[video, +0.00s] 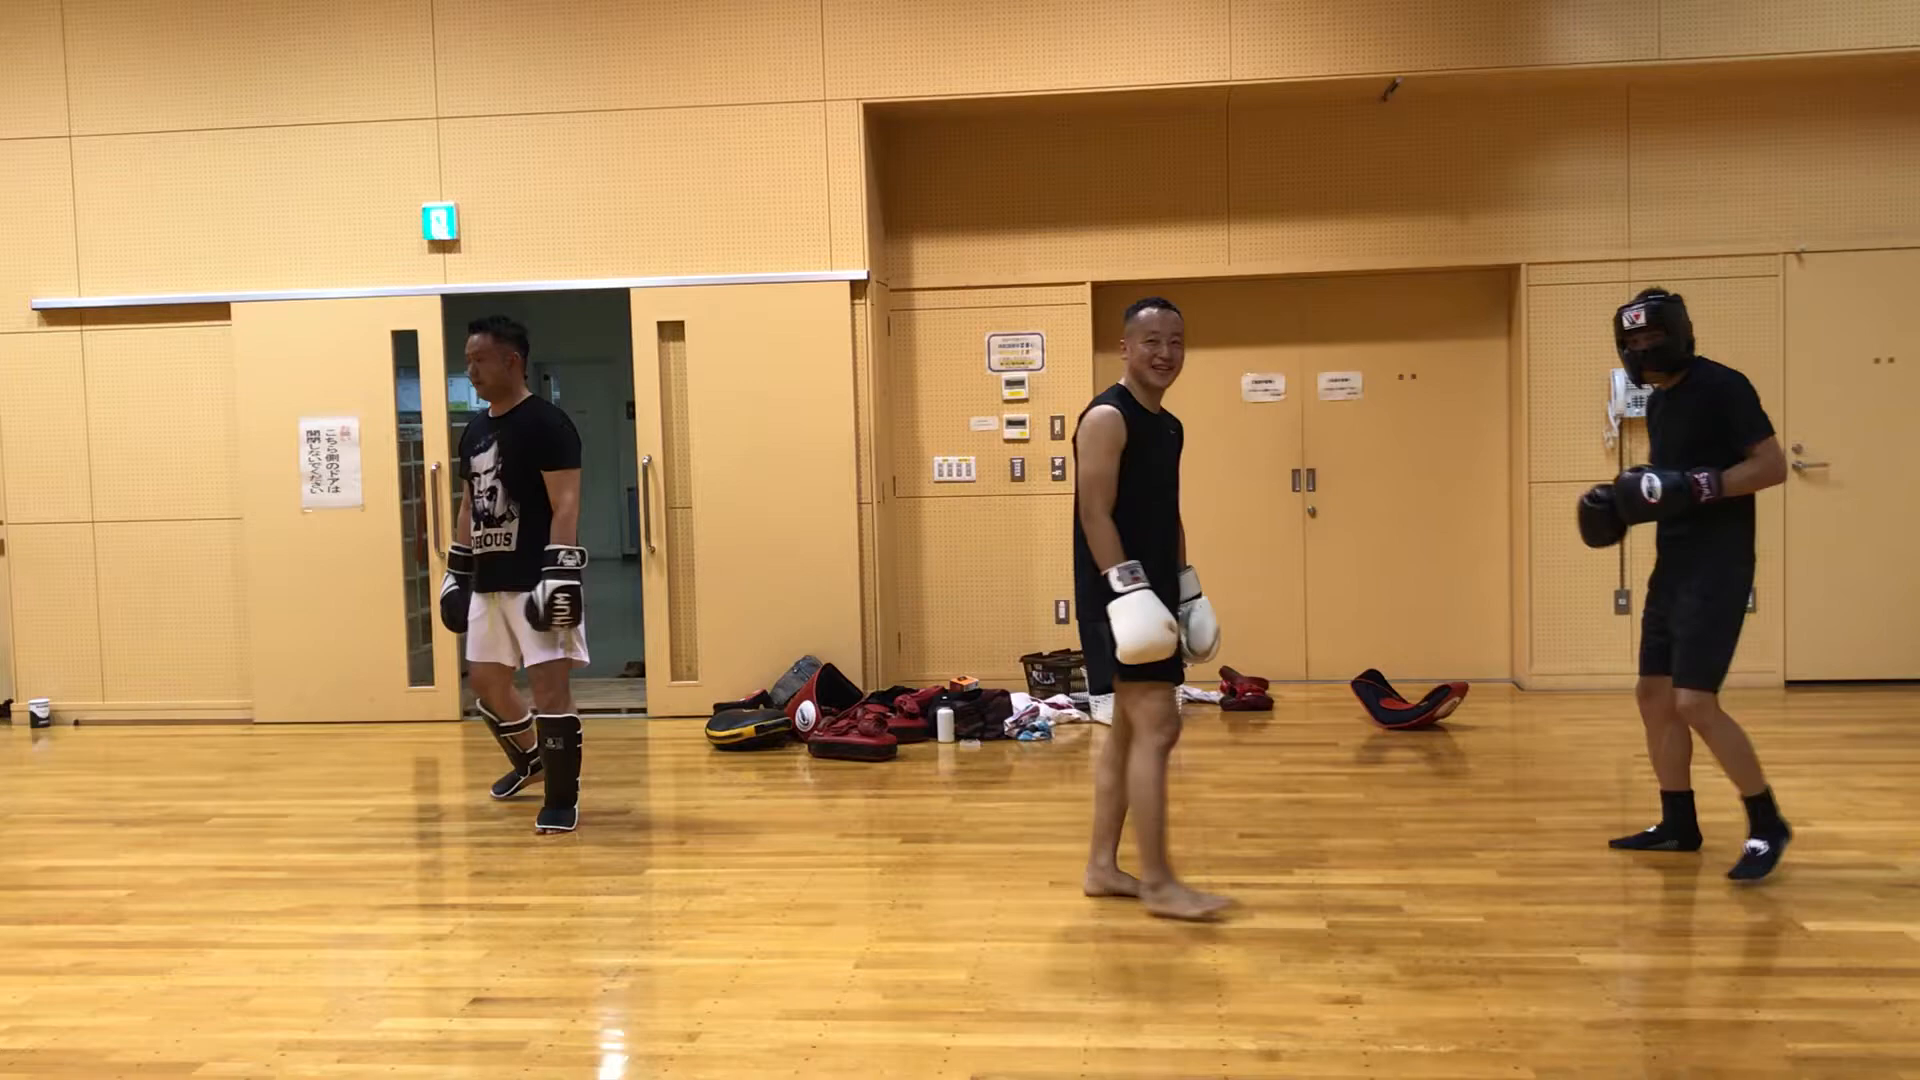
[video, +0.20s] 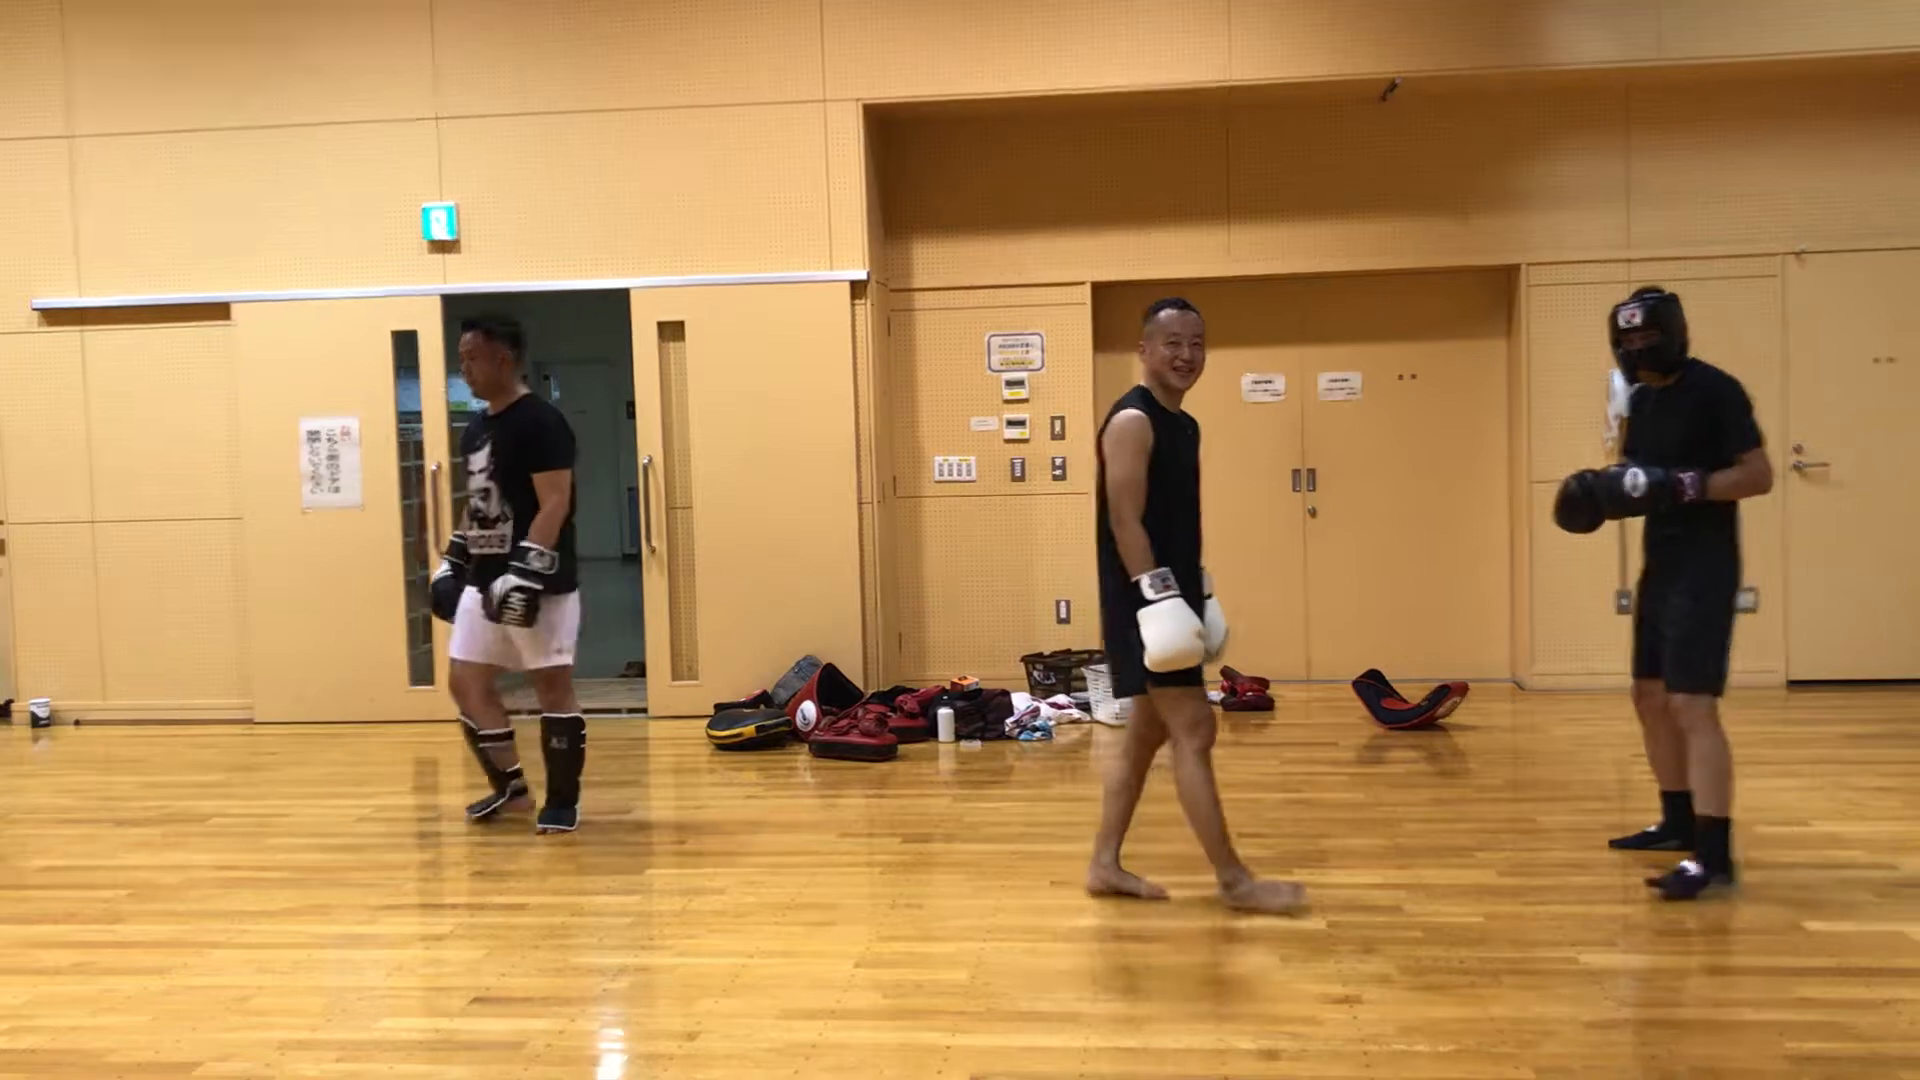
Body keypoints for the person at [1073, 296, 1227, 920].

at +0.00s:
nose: (1164, 352)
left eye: (1175, 342)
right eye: (1151, 340)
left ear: (1184, 351)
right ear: (1124, 347)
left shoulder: (1167, 427)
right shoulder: (1105, 419)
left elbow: (1169, 516)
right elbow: (1093, 512)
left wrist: (1190, 591)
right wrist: (1129, 592)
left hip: (1155, 590)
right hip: (1118, 594)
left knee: (1124, 730)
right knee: (1156, 727)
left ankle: (1102, 866)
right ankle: (1158, 882)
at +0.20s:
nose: (1185, 354)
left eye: (1195, 344)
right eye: (1172, 343)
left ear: (1205, 352)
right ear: (1144, 349)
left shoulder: (1183, 425)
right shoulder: (1130, 423)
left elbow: (1181, 522)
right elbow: (1124, 520)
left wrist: (1202, 594)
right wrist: (1158, 599)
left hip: (1169, 595)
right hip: (1140, 600)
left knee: (1142, 734)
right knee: (1193, 729)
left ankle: (1105, 864)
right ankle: (1234, 880)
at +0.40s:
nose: (1231, 347)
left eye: (1237, 337)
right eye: (1218, 337)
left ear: (1240, 343)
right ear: (1183, 343)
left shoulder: (1211, 414)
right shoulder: (1178, 420)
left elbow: (1216, 517)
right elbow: (1168, 522)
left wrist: (1238, 594)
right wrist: (1195, 608)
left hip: (1202, 600)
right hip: (1192, 604)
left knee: (1174, 729)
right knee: (1221, 735)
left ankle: (1112, 852)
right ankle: (1240, 879)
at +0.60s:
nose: (1289, 350)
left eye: (1287, 338)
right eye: (1281, 340)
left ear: (1245, 346)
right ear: (1246, 346)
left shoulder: (1233, 412)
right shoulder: (1226, 423)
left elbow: (1240, 518)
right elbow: (1208, 525)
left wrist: (1280, 574)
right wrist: (1250, 604)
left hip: (1232, 598)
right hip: (1220, 604)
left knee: (1254, 720)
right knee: (1237, 731)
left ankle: (1159, 833)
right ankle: (1241, 880)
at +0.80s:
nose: (1311, 348)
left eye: (1310, 336)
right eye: (1304, 336)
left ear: (1266, 341)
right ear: (1271, 341)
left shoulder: (1251, 408)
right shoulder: (1251, 417)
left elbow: (1266, 506)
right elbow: (1251, 520)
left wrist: (1323, 527)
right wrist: (1323, 554)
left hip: (1261, 596)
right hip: (1244, 601)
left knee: (1297, 709)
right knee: (1260, 724)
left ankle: (1257, 854)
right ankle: (1242, 880)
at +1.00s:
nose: (1330, 348)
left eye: (1330, 336)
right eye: (1323, 335)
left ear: (1288, 341)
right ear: (1287, 339)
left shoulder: (1290, 408)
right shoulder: (1262, 415)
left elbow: (1343, 466)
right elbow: (1313, 500)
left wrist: (1401, 434)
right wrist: (1361, 442)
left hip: (1297, 595)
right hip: (1266, 598)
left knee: (1332, 711)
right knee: (1276, 725)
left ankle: (1348, 853)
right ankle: (1243, 879)